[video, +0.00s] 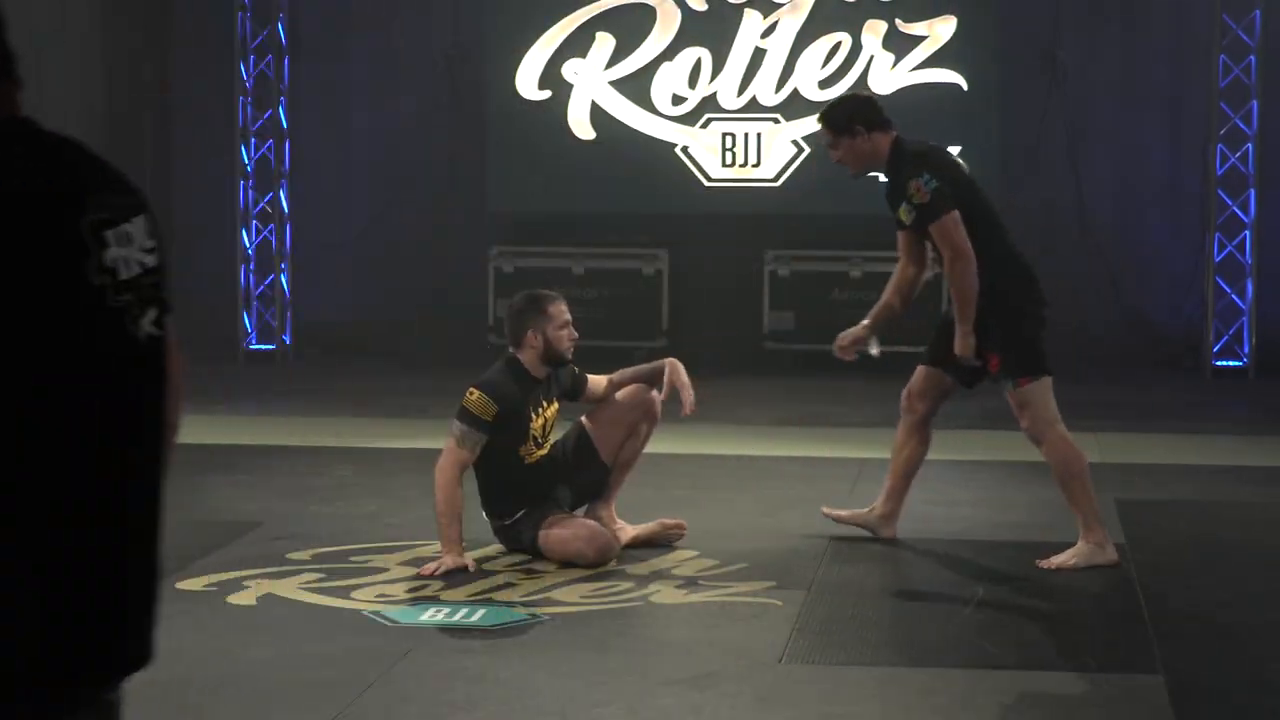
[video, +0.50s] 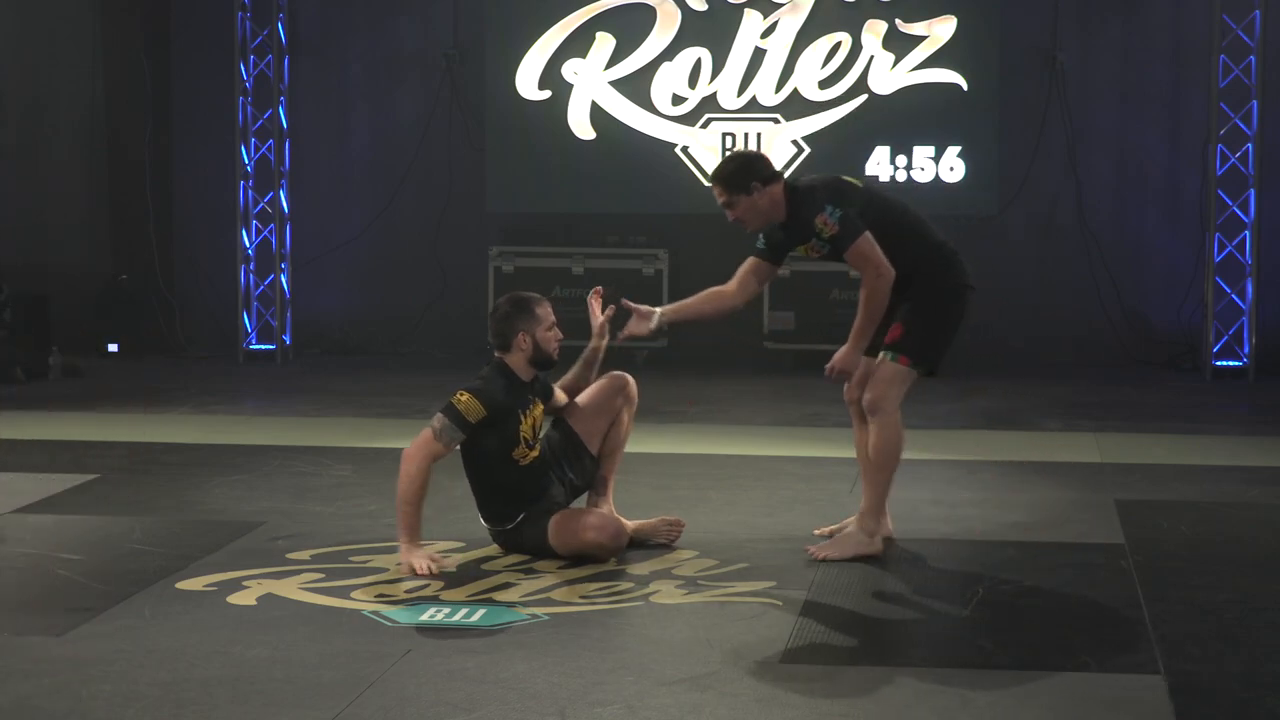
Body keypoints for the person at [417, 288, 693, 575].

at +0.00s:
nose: (575, 334)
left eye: (572, 325)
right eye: (565, 327)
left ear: (539, 338)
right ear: (533, 338)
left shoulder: (554, 373)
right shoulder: (491, 392)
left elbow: (606, 386)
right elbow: (448, 468)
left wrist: (665, 365)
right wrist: (451, 551)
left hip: (555, 476)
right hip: (520, 512)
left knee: (641, 400)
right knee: (594, 546)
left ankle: (603, 513)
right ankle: (620, 538)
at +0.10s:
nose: (574, 334)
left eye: (570, 325)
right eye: (564, 327)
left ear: (537, 337)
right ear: (534, 337)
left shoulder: (552, 373)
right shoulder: (491, 391)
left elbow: (603, 386)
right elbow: (447, 468)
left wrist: (659, 363)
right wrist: (451, 552)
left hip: (555, 474)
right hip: (521, 514)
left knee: (640, 396)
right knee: (596, 544)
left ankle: (602, 512)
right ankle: (622, 536)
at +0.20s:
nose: (572, 334)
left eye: (568, 325)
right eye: (563, 327)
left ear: (536, 337)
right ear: (533, 337)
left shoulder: (550, 376)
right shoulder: (490, 391)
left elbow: (600, 385)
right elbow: (446, 467)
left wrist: (654, 358)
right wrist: (452, 552)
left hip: (552, 473)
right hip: (520, 515)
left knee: (636, 394)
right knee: (595, 542)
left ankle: (601, 509)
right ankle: (624, 532)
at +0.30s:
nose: (569, 334)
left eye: (566, 325)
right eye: (561, 327)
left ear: (534, 338)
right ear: (532, 337)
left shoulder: (545, 377)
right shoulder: (490, 392)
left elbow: (592, 386)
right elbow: (444, 468)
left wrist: (647, 354)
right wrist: (451, 552)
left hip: (550, 473)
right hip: (519, 517)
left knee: (632, 392)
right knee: (598, 534)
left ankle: (601, 506)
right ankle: (625, 532)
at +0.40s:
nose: (566, 335)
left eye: (563, 326)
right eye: (558, 327)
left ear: (531, 338)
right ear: (529, 337)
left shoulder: (539, 376)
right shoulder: (490, 392)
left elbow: (579, 392)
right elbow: (434, 463)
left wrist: (627, 345)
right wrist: (448, 549)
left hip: (550, 473)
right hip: (520, 518)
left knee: (627, 388)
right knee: (597, 533)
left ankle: (601, 509)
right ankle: (625, 532)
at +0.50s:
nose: (559, 335)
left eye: (556, 327)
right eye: (551, 329)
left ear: (524, 341)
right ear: (523, 341)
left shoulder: (532, 377)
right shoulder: (483, 396)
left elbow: (566, 399)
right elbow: (416, 456)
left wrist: (598, 341)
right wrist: (409, 547)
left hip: (548, 469)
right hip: (520, 519)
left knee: (621, 385)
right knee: (598, 530)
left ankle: (601, 506)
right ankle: (630, 533)